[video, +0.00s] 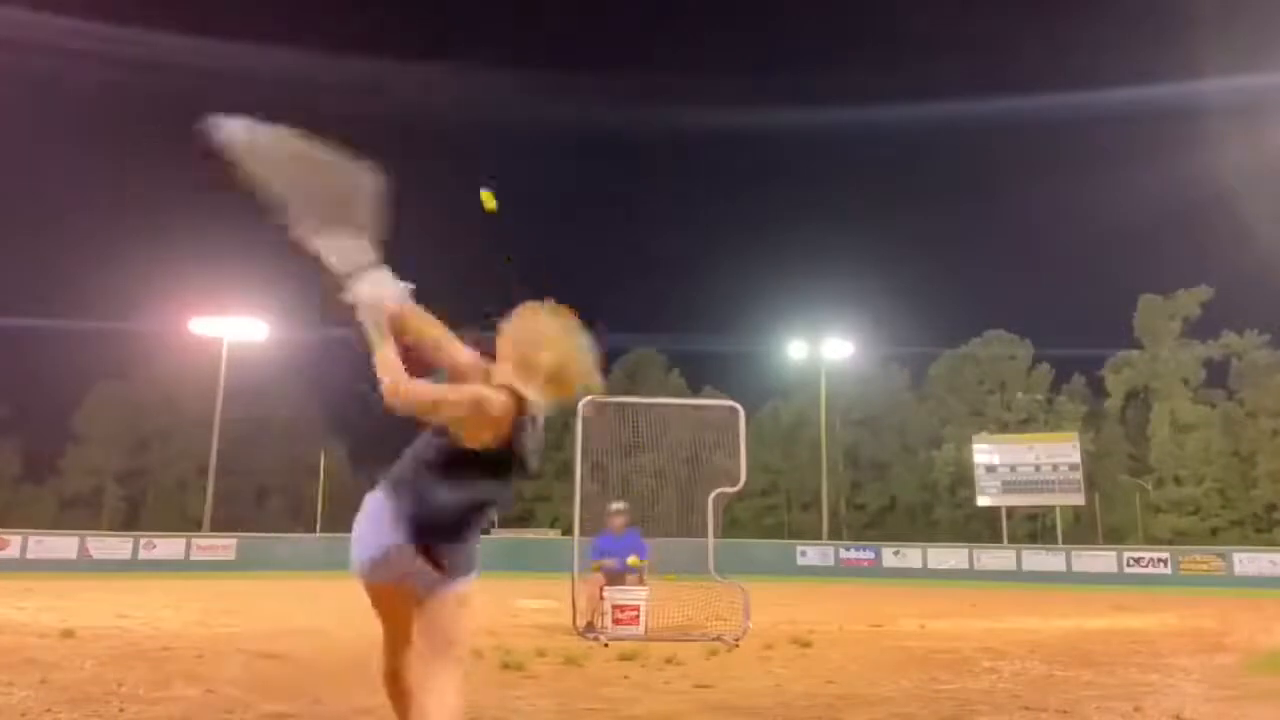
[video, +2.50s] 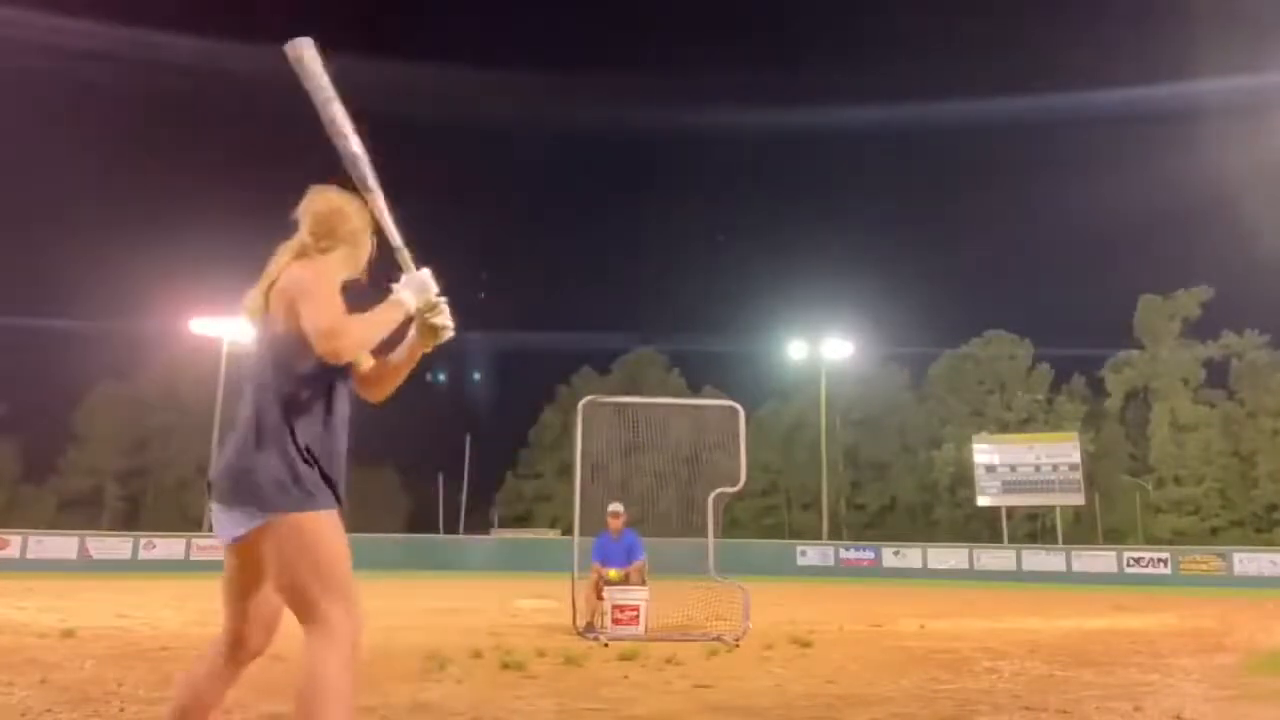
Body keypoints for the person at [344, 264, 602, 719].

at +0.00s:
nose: (503, 328)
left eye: (514, 325)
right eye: (511, 324)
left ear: (520, 349)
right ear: (551, 363)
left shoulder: (487, 401)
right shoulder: (526, 407)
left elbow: (397, 392)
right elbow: (444, 345)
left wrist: (378, 325)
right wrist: (395, 305)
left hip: (394, 521)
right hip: (453, 535)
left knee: (399, 647)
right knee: (442, 662)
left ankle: (412, 714)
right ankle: (431, 714)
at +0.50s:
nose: (539, 338)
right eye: (538, 329)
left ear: (482, 324)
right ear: (535, 335)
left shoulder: (456, 363)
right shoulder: (524, 385)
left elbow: (401, 379)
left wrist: (402, 360)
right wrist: (425, 359)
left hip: (395, 519)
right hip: (452, 540)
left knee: (410, 645)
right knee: (453, 671)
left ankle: (417, 716)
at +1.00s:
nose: (482, 297)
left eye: (478, 289)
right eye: (475, 289)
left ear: (433, 300)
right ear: (456, 300)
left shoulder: (425, 349)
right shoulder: (436, 354)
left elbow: (483, 412)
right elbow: (441, 444)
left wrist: (538, 436)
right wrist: (521, 448)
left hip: (375, 503)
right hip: (397, 506)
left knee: (416, 626)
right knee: (426, 627)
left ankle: (401, 709)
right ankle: (393, 711)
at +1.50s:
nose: (443, 235)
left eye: (438, 225)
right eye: (431, 225)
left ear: (413, 238)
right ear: (397, 236)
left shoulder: (447, 314)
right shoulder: (356, 296)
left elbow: (468, 383)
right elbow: (316, 381)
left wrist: (426, 333)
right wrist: (380, 322)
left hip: (387, 492)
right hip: (334, 487)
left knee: (360, 625)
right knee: (373, 625)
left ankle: (309, 709)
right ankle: (341, 712)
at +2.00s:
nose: (367, 263)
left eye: (366, 253)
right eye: (362, 251)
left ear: (321, 246)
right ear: (339, 248)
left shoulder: (333, 297)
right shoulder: (291, 278)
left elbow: (381, 381)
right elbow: (292, 370)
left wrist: (393, 330)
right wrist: (350, 313)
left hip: (259, 482)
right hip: (269, 483)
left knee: (238, 639)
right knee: (339, 617)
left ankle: (179, 712)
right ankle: (328, 712)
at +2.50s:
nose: (369, 254)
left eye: (370, 243)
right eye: (367, 242)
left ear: (311, 231)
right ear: (352, 236)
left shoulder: (294, 285)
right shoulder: (310, 274)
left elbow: (373, 386)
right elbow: (334, 342)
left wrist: (417, 342)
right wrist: (401, 300)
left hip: (249, 476)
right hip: (284, 477)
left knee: (243, 638)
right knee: (335, 624)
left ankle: (179, 713)